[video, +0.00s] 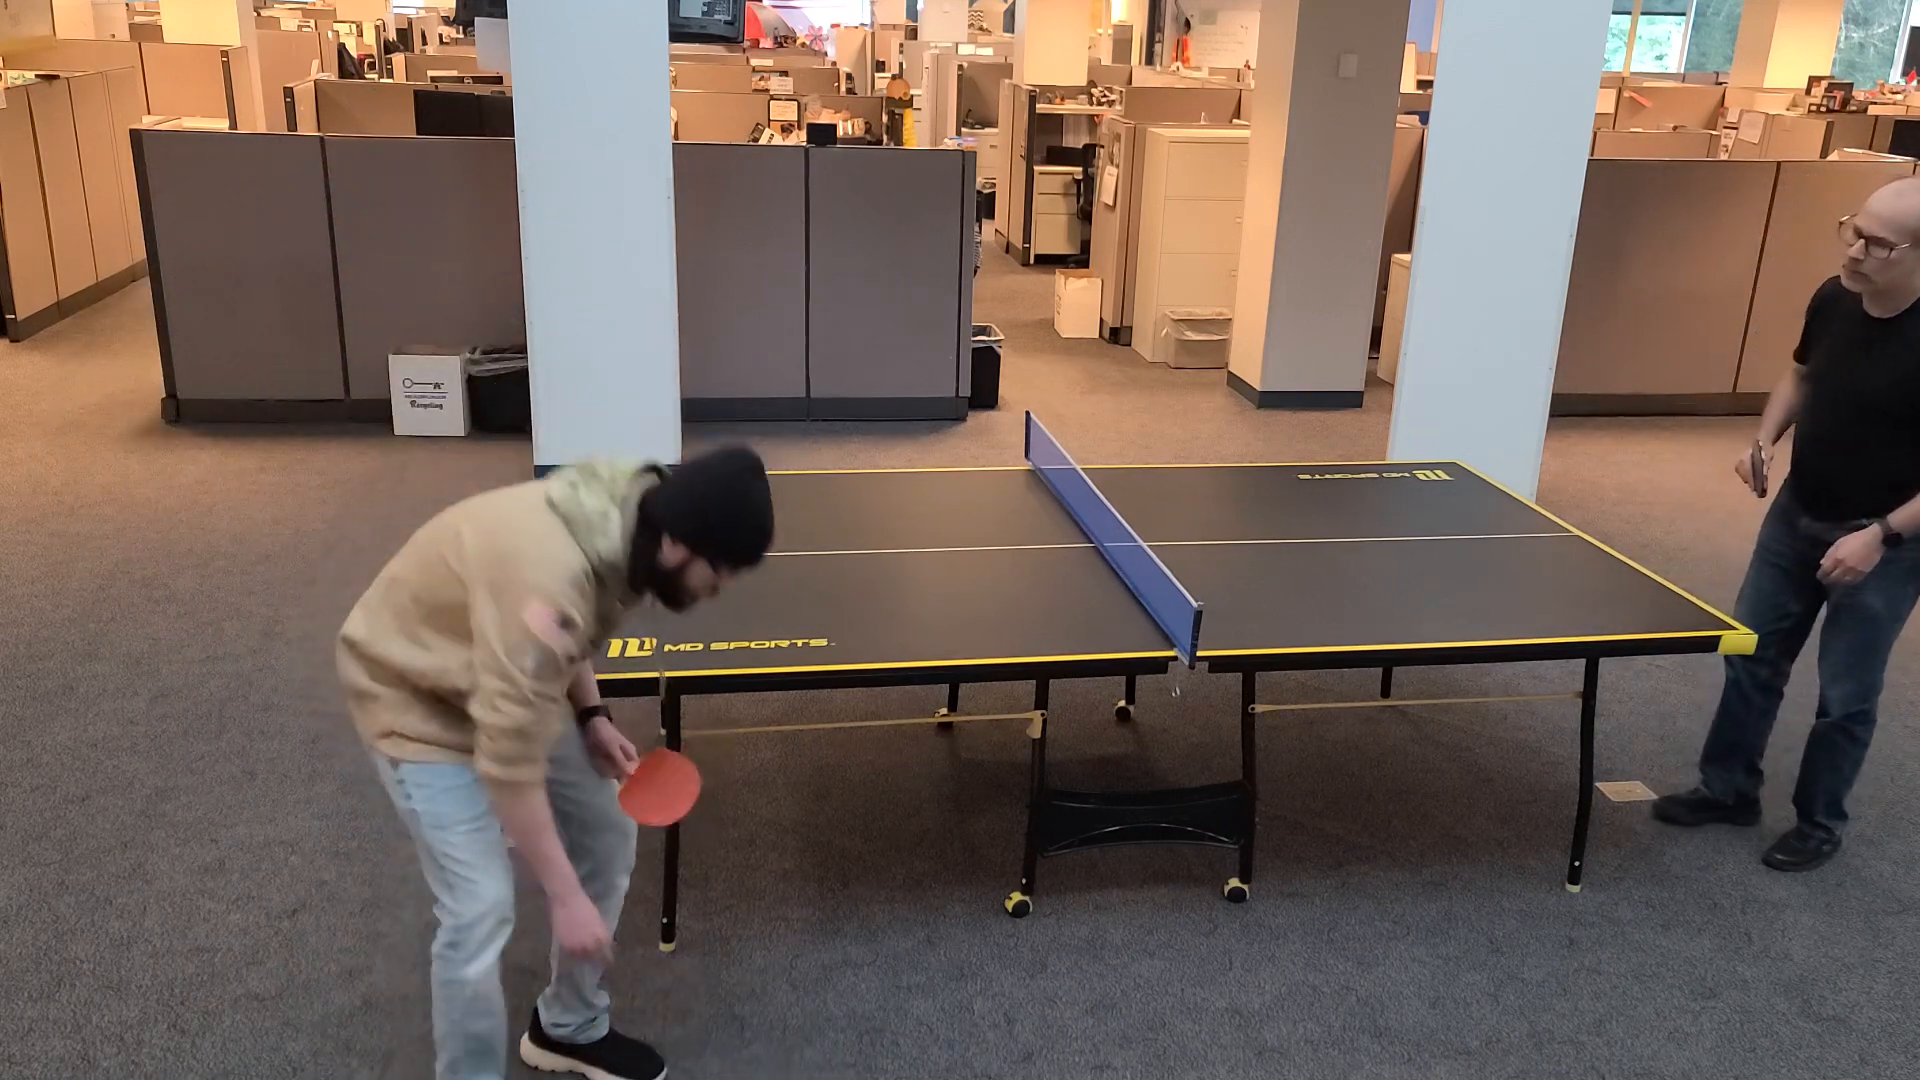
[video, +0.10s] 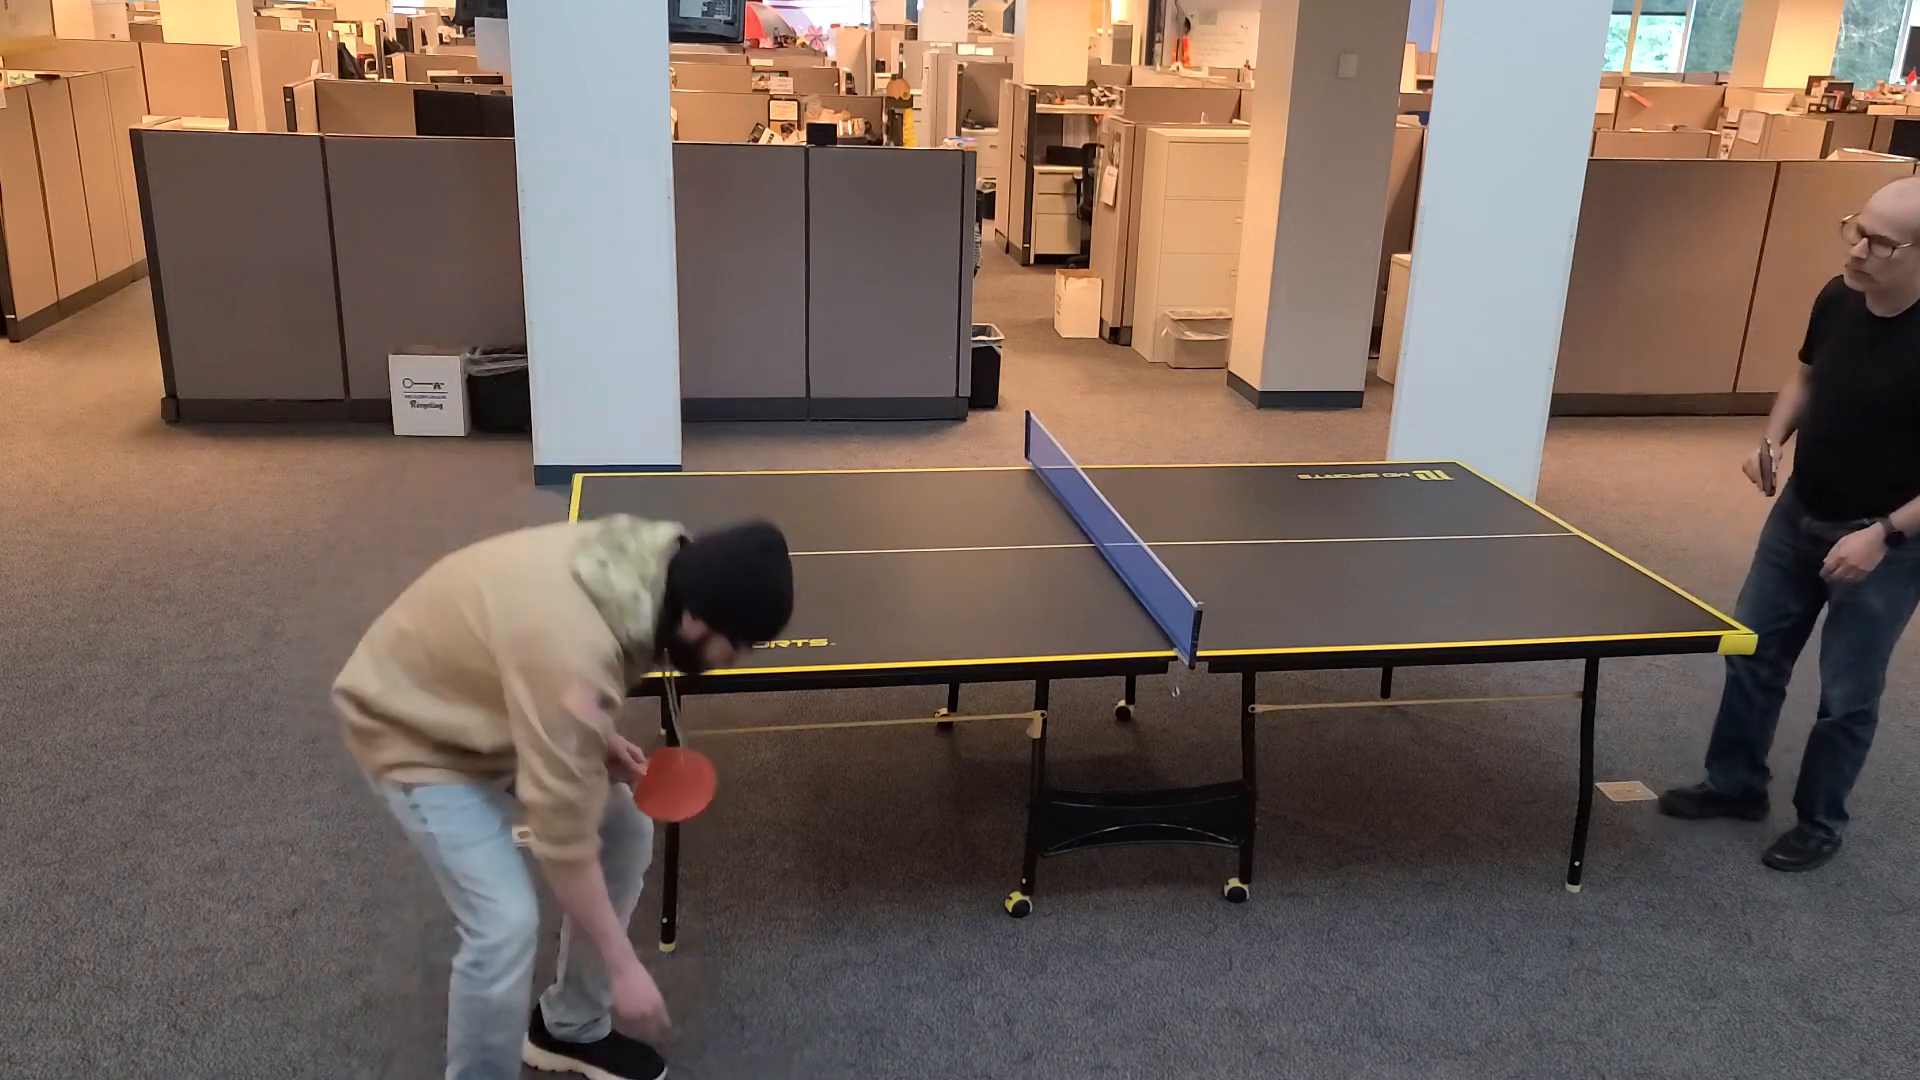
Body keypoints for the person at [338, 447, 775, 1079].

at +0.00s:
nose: (718, 589)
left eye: (728, 575)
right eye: (718, 571)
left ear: (675, 541)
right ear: (678, 546)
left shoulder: (628, 524)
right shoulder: (548, 575)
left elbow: (568, 632)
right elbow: (510, 766)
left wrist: (593, 717)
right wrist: (568, 897)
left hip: (514, 680)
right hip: (416, 694)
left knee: (608, 834)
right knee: (483, 903)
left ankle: (568, 1025)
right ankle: (470, 1071)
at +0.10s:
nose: (730, 659)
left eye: (741, 647)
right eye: (735, 643)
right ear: (698, 621)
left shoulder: (645, 563)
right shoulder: (568, 645)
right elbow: (561, 841)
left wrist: (595, 732)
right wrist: (624, 970)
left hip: (499, 711)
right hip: (407, 727)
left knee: (625, 829)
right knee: (507, 919)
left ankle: (572, 1023)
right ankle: (476, 1068)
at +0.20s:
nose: (738, 723)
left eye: (750, 714)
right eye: (744, 710)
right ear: (713, 685)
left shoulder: (664, 606)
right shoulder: (590, 713)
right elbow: (605, 904)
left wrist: (652, 750)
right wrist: (664, 1024)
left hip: (486, 730)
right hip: (401, 757)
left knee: (639, 834)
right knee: (535, 941)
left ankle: (573, 1025)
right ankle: (481, 1072)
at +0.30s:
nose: (743, 763)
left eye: (752, 754)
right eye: (751, 752)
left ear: (724, 656)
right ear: (727, 736)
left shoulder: (650, 620)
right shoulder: (605, 771)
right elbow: (625, 941)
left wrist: (662, 795)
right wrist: (681, 1066)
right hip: (395, 783)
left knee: (608, 864)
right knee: (551, 954)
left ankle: (575, 1032)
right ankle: (485, 1076)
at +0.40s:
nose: (745, 772)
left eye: (757, 762)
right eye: (754, 760)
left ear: (722, 667)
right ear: (730, 746)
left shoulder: (652, 630)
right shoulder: (617, 793)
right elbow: (630, 958)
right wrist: (665, 1074)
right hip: (395, 795)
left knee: (614, 880)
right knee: (564, 957)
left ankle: (579, 1034)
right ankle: (490, 1073)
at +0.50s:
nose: (759, 732)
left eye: (771, 723)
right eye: (768, 724)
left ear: (733, 633)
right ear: (742, 720)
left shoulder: (646, 609)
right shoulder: (623, 766)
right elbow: (618, 927)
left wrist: (671, 785)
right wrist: (633, 1055)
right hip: (401, 784)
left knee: (599, 852)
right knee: (565, 954)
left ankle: (572, 1021)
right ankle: (489, 1072)